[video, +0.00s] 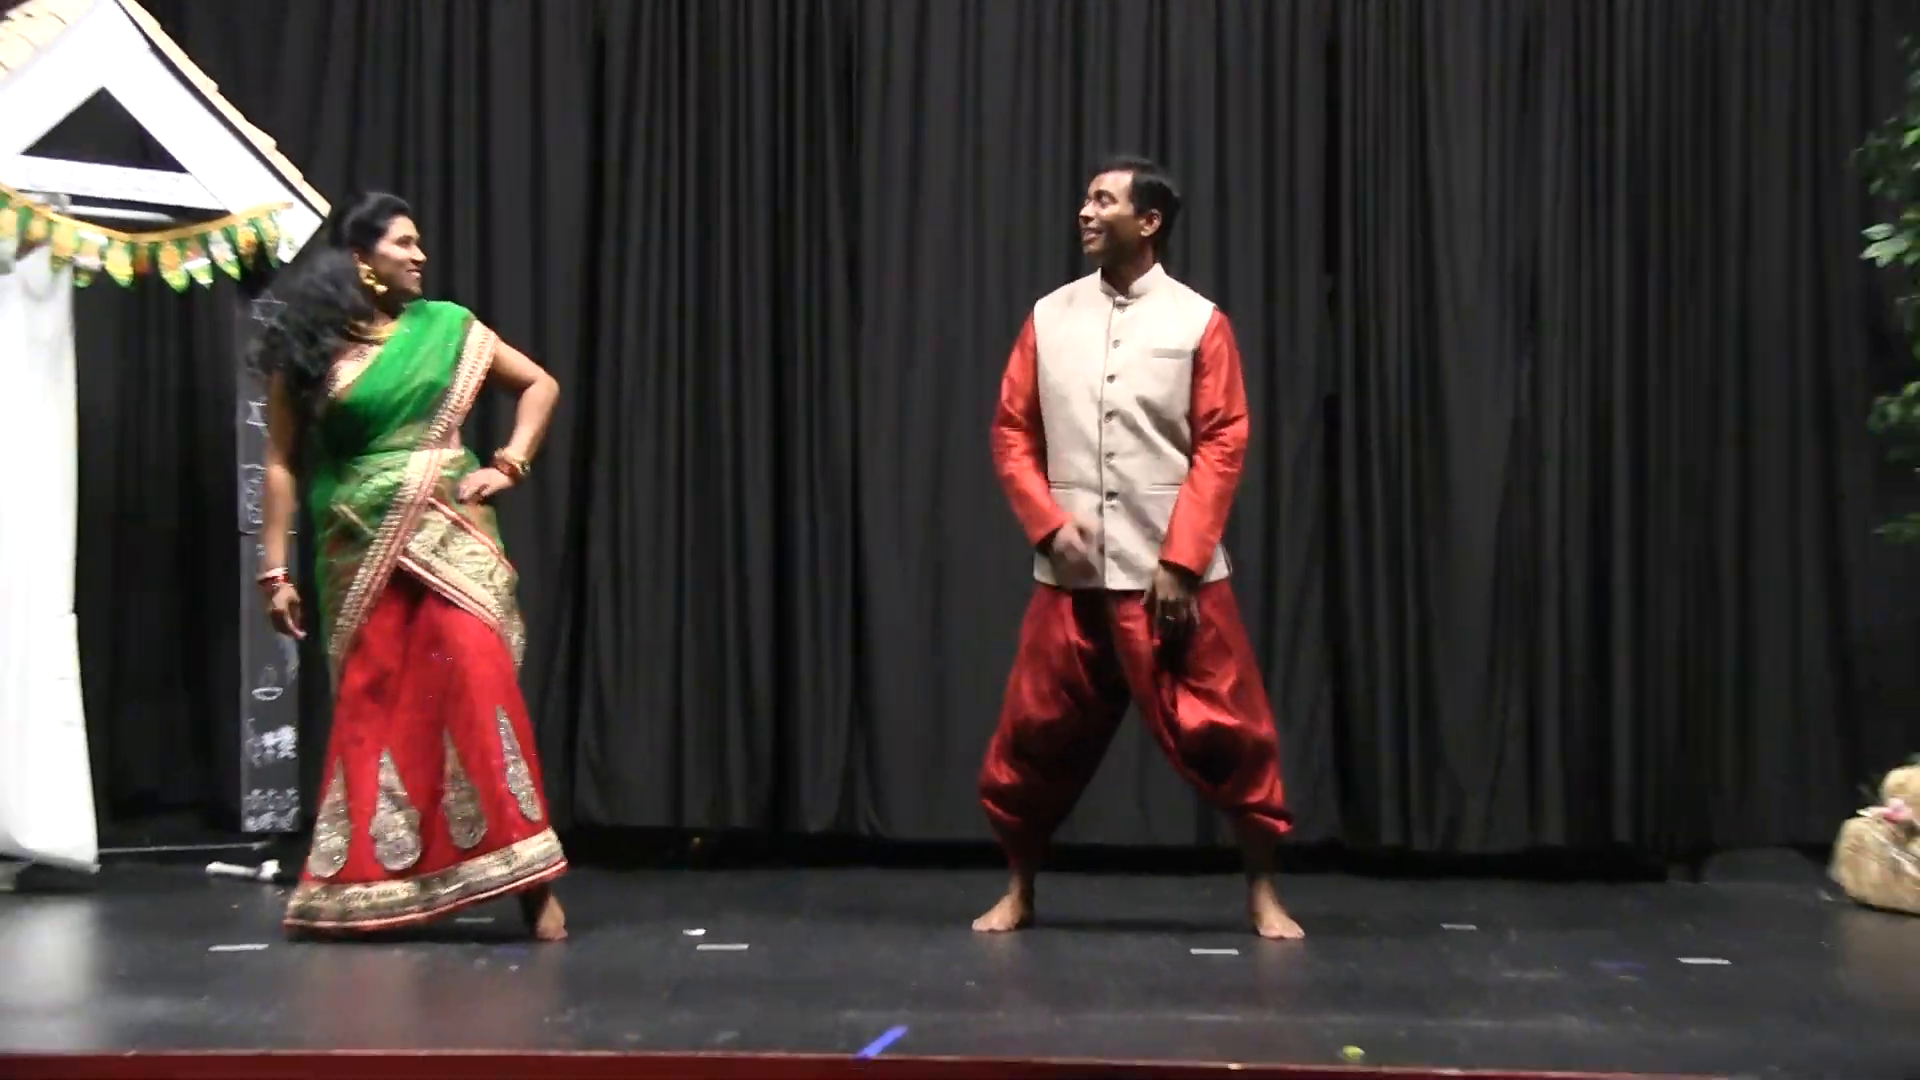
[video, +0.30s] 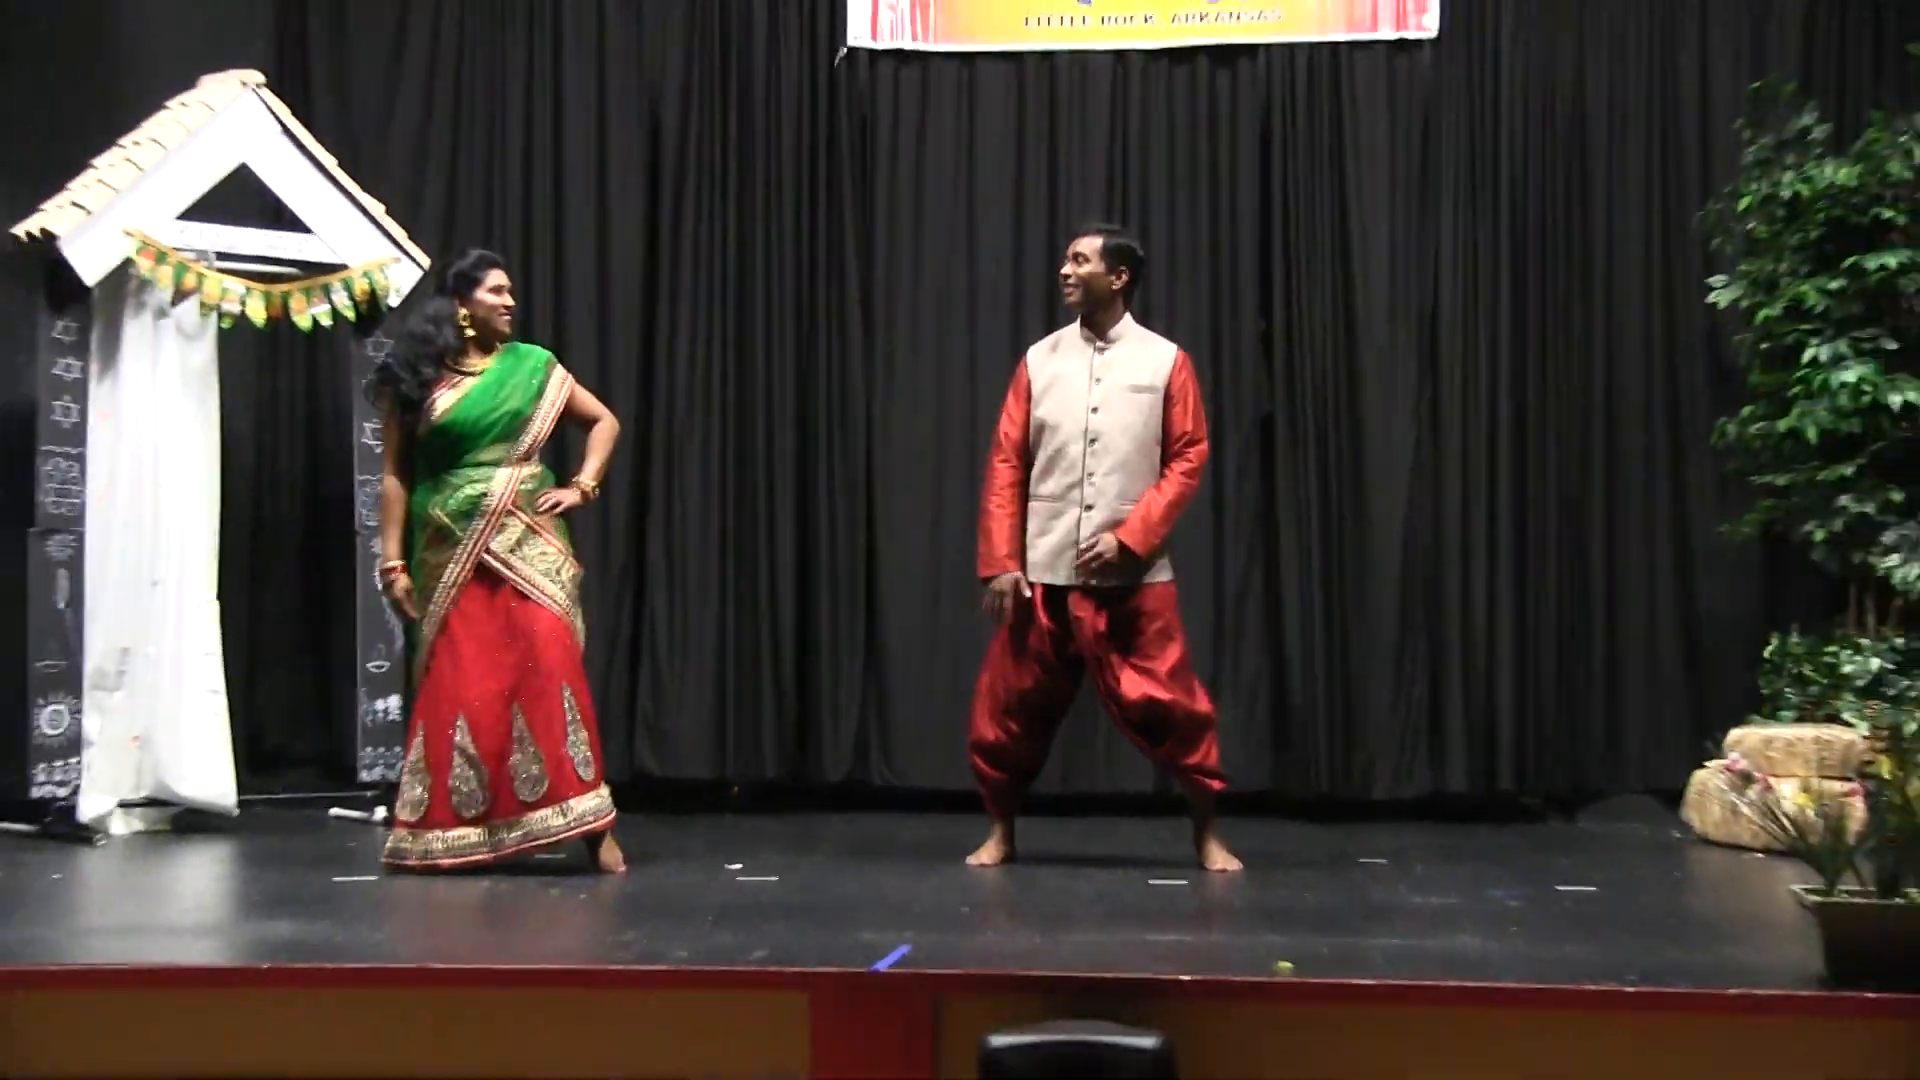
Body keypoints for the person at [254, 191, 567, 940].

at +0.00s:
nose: (419, 256)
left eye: (420, 244)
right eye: (403, 243)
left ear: (416, 256)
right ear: (358, 253)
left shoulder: (448, 325)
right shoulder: (306, 344)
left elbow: (539, 384)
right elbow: (281, 459)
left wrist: (511, 461)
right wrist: (275, 569)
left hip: (452, 531)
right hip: (362, 544)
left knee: (480, 688)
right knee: (369, 704)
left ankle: (535, 880)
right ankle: (375, 891)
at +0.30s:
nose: (510, 302)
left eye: (512, 293)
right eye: (497, 292)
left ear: (511, 302)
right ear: (460, 302)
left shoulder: (535, 365)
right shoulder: (415, 375)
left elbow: (605, 421)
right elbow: (395, 471)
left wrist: (582, 484)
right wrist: (390, 562)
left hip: (531, 539)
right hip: (452, 548)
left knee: (553, 674)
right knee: (458, 687)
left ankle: (596, 825)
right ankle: (464, 838)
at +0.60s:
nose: (504, 292)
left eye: (514, 283)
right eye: (491, 284)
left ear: (530, 300)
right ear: (469, 303)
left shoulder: (563, 365)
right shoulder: (448, 375)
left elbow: (635, 421)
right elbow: (394, 460)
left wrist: (675, 480)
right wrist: (326, 507)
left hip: (542, 539)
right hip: (467, 541)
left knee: (542, 676)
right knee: (475, 676)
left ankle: (542, 824)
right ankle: (465, 824)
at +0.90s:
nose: (518, 298)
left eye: (530, 290)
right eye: (507, 290)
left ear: (550, 304)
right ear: (489, 307)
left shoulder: (585, 372)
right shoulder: (467, 370)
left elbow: (648, 442)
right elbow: (403, 447)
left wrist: (679, 511)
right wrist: (347, 492)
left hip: (563, 538)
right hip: (489, 536)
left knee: (554, 674)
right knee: (489, 667)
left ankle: (541, 827)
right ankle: (443, 823)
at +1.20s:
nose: (513, 310)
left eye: (526, 302)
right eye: (501, 304)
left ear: (544, 322)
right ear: (489, 326)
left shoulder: (568, 382)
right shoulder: (477, 394)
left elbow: (597, 406)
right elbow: (434, 388)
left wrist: (576, 342)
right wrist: (443, 322)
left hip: (561, 538)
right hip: (489, 536)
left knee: (555, 667)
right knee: (469, 659)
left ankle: (561, 821)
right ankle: (445, 812)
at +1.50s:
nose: (484, 272)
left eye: (495, 264)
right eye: (471, 264)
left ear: (514, 281)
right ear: (450, 282)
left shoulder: (543, 329)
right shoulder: (430, 344)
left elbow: (641, 329)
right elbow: (335, 328)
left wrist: (639, 370)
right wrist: (361, 258)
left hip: (551, 510)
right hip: (468, 519)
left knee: (605, 643)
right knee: (467, 667)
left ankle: (652, 809)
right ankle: (475, 834)